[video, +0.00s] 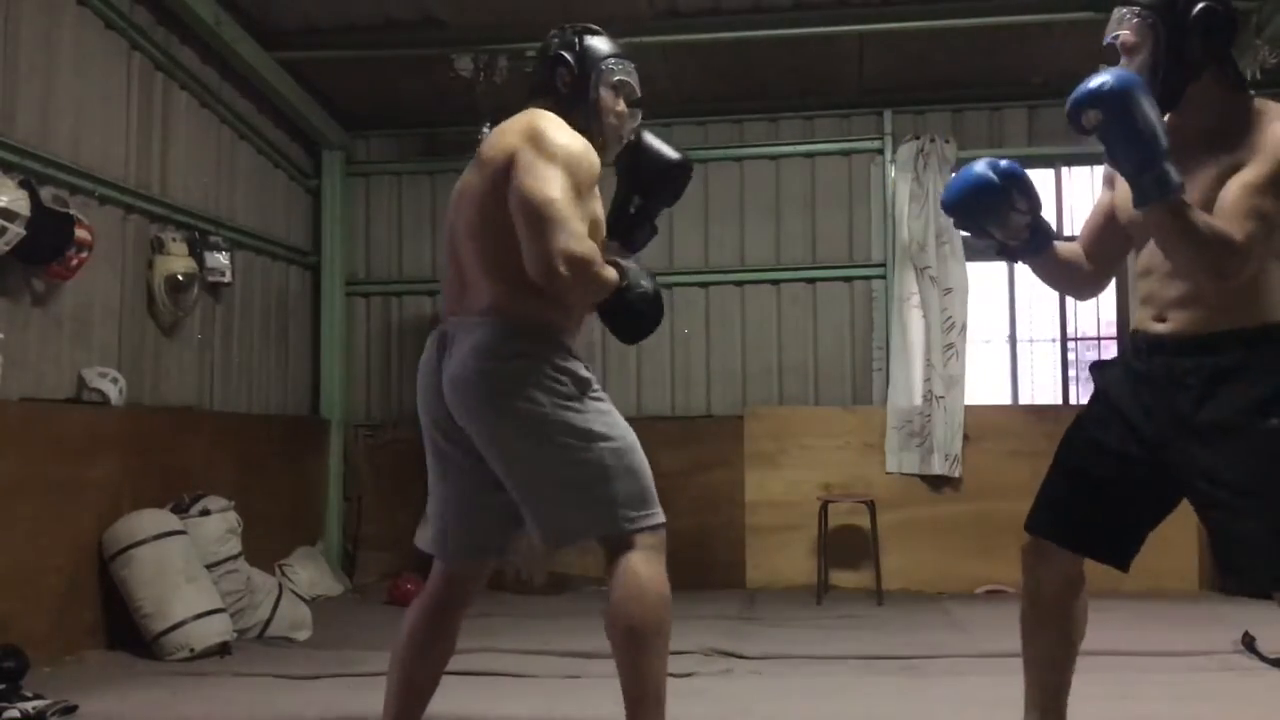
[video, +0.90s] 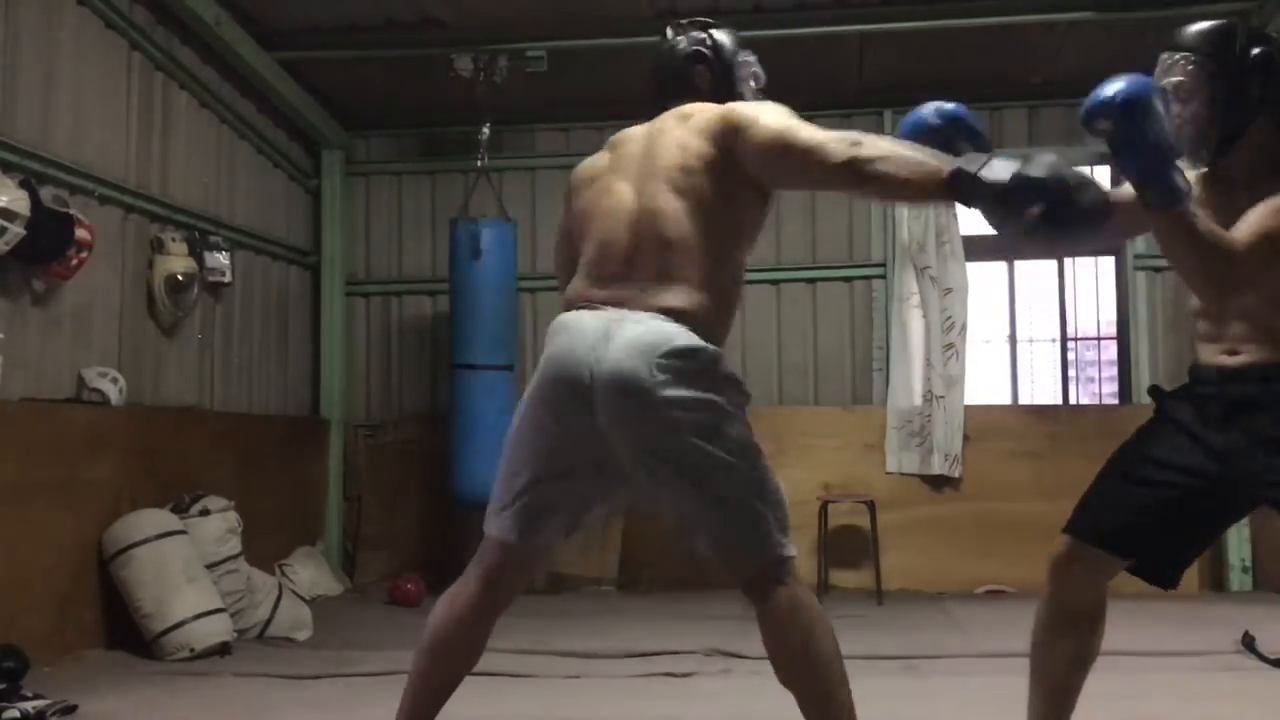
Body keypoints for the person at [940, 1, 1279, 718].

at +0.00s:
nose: (1111, 52)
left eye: (1127, 34)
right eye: (1112, 39)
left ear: (1185, 39)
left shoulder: (1267, 131)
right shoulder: (1139, 150)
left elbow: (1228, 263)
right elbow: (1083, 274)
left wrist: (1149, 172)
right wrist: (1029, 239)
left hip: (1244, 384)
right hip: (1140, 384)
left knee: (1273, 583)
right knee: (1049, 548)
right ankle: (1043, 715)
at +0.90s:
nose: (1171, 111)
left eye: (1187, 92)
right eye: (1166, 97)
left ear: (1242, 93)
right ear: (1162, 100)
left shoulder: (1276, 191)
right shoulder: (1183, 185)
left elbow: (1222, 280)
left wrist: (1155, 168)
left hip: (1274, 402)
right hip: (1204, 404)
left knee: (1272, 570)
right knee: (1078, 563)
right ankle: (1045, 717)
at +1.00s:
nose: (1232, 80)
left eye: (1252, 65)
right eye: (1229, 64)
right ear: (1223, 78)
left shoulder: (1278, 169)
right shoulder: (1219, 177)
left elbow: (1206, 177)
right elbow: (1109, 220)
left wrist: (1176, 93)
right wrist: (1025, 185)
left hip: (1273, 407)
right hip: (1220, 409)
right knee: (1078, 556)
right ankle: (1046, 716)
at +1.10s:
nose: (1262, 106)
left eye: (1270, 96)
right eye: (1265, 94)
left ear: (1275, 103)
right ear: (1265, 103)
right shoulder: (1262, 194)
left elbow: (1224, 132)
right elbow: (1157, 246)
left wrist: (1180, 45)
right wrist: (1070, 231)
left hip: (1265, 401)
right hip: (1252, 402)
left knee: (1100, 559)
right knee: (1099, 559)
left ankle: (1054, 709)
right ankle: (1053, 712)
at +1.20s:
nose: (1269, 100)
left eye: (1278, 86)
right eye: (1263, 87)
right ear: (1252, 97)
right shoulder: (1254, 183)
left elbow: (1265, 223)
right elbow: (1205, 305)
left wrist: (1210, 130)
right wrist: (1143, 287)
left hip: (1268, 387)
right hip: (1251, 389)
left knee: (1105, 540)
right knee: (1098, 540)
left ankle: (1109, 709)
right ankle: (1108, 711)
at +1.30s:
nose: (1228, 101)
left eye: (1243, 82)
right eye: (1220, 88)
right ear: (1214, 101)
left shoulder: (1277, 180)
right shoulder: (1235, 186)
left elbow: (1279, 279)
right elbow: (1220, 321)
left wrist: (1231, 216)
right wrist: (1167, 298)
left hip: (1273, 387)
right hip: (1233, 389)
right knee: (1111, 555)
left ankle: (1193, 689)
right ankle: (1192, 691)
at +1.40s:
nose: (1181, 119)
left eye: (1196, 100)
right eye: (1175, 105)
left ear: (1246, 102)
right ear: (1174, 114)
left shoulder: (1276, 186)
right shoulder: (1198, 204)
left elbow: (1275, 293)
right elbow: (1151, 330)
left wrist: (1221, 229)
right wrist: (1123, 263)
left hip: (1268, 389)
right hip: (1212, 398)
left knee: (1269, 564)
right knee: (1146, 572)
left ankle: (1248, 713)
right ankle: (1244, 714)